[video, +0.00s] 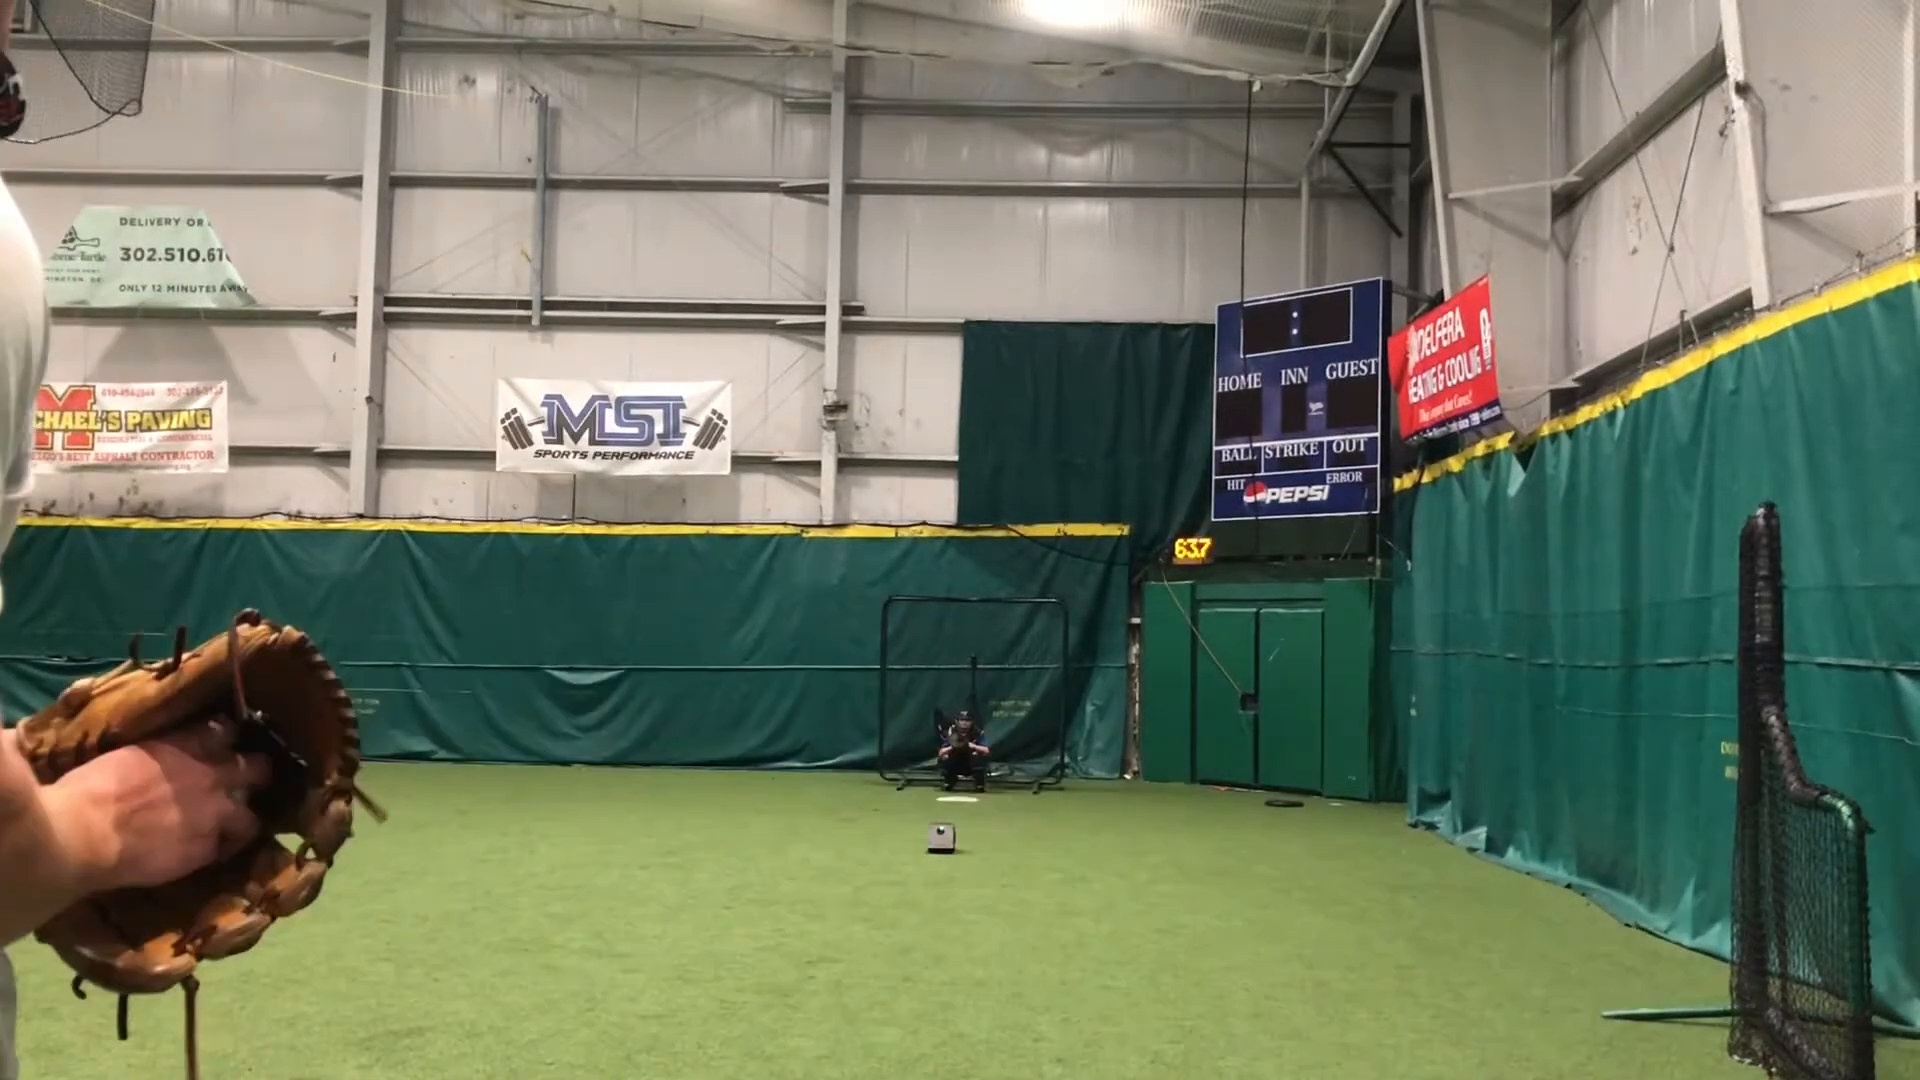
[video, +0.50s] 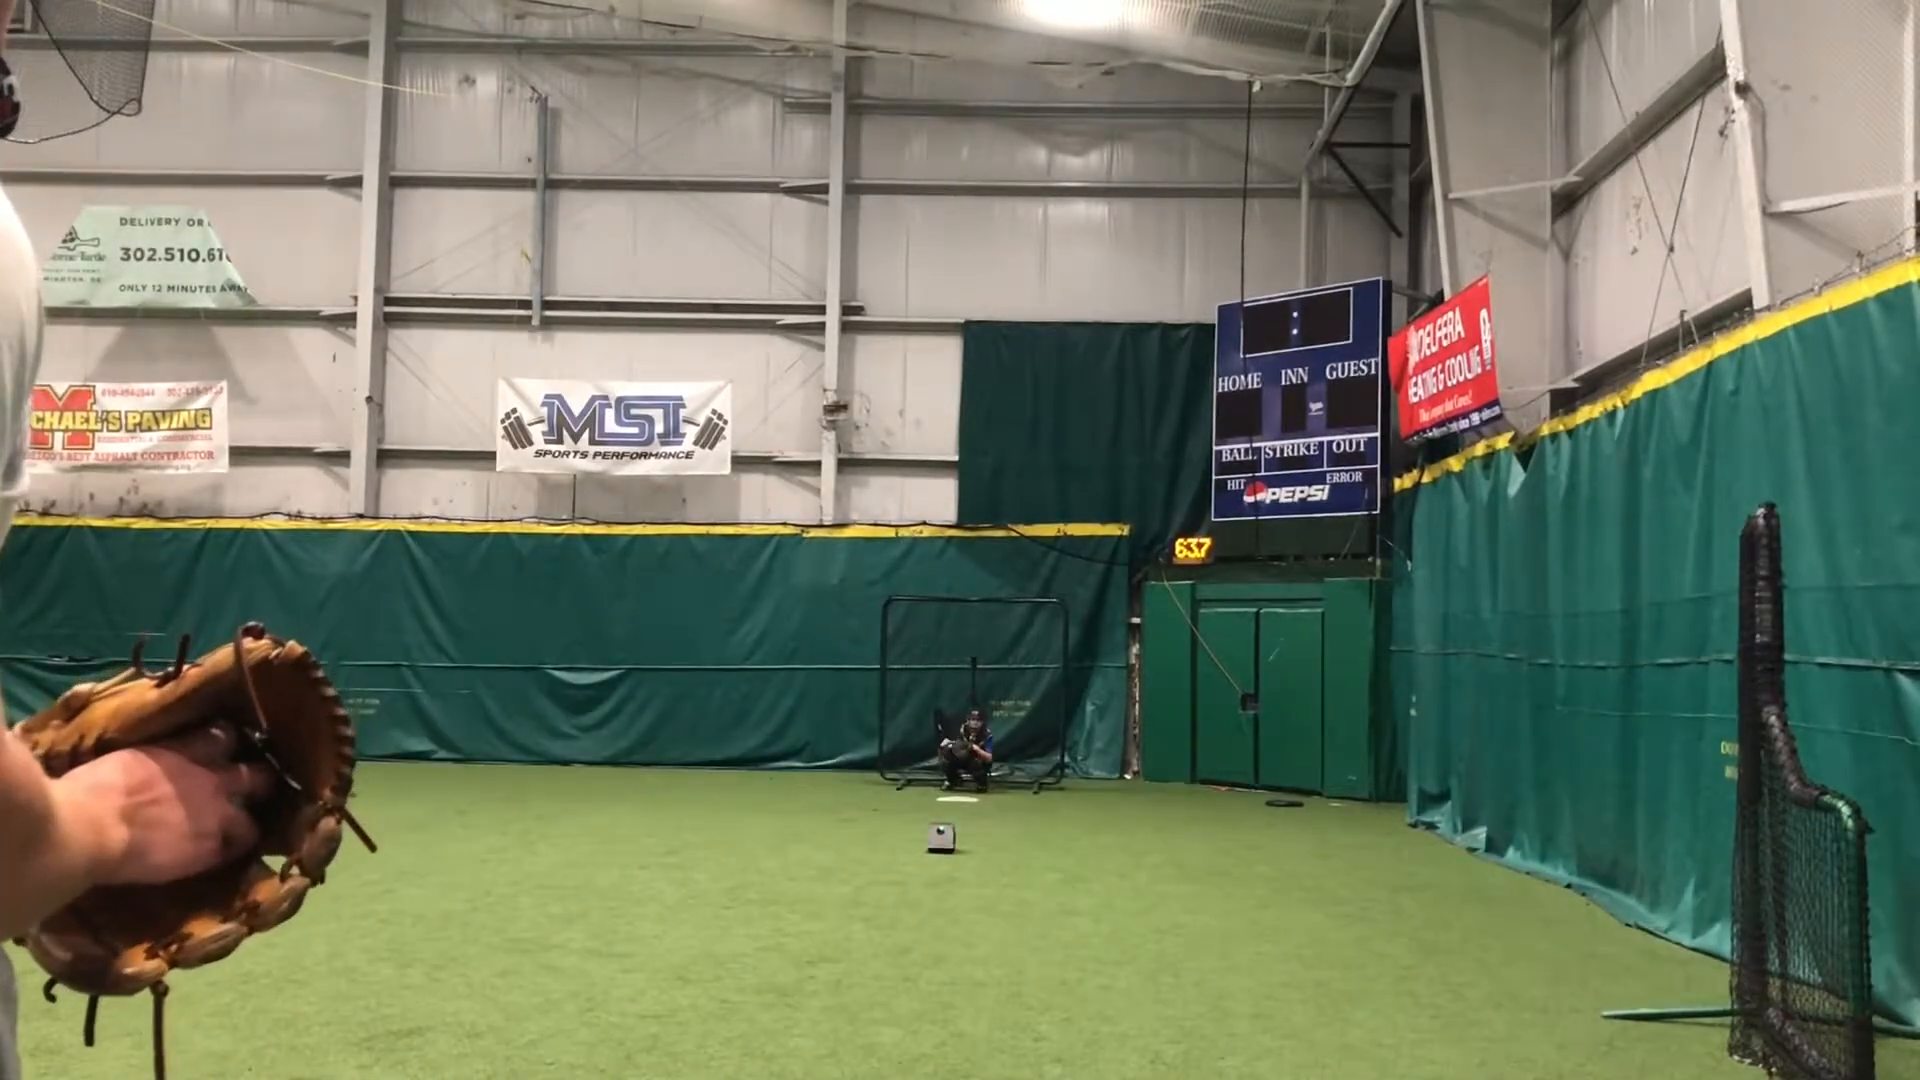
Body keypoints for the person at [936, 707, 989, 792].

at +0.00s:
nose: (964, 724)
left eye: (967, 721)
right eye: (961, 720)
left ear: (971, 723)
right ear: (957, 722)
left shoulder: (977, 734)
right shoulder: (951, 734)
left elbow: (986, 751)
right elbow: (941, 753)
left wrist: (971, 746)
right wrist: (953, 747)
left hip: (971, 761)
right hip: (955, 760)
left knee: (978, 757)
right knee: (946, 759)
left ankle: (979, 783)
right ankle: (950, 781)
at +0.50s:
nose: (975, 723)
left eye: (978, 720)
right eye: (972, 720)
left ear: (982, 723)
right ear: (968, 721)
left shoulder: (987, 735)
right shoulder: (962, 732)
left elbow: (989, 758)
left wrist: (974, 747)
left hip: (978, 760)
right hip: (963, 759)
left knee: (978, 764)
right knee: (947, 762)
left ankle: (982, 784)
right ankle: (953, 781)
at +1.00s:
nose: (968, 724)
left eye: (971, 721)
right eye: (965, 721)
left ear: (976, 723)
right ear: (960, 723)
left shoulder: (980, 735)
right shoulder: (954, 733)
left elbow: (986, 757)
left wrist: (970, 752)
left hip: (972, 763)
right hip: (957, 760)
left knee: (979, 763)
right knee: (944, 759)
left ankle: (982, 785)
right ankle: (936, 782)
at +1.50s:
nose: (964, 725)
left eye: (967, 722)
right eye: (961, 722)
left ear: (972, 724)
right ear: (957, 724)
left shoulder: (978, 738)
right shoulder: (952, 736)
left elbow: (985, 758)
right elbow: (940, 754)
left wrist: (969, 754)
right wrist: (948, 754)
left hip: (972, 765)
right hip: (955, 764)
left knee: (981, 772)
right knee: (944, 765)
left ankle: (981, 785)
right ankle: (935, 782)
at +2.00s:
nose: (964, 725)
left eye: (967, 723)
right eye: (961, 722)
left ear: (971, 725)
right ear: (956, 724)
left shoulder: (977, 737)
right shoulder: (950, 735)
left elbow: (984, 757)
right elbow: (942, 750)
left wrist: (968, 754)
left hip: (971, 763)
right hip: (953, 762)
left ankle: (981, 785)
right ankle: (936, 782)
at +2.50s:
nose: (964, 726)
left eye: (967, 723)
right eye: (961, 723)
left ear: (971, 725)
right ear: (957, 724)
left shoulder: (977, 738)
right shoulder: (950, 735)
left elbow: (985, 759)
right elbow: (941, 752)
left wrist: (971, 756)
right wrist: (948, 753)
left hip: (971, 764)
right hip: (953, 762)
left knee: (978, 774)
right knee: (940, 762)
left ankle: (981, 784)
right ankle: (936, 782)